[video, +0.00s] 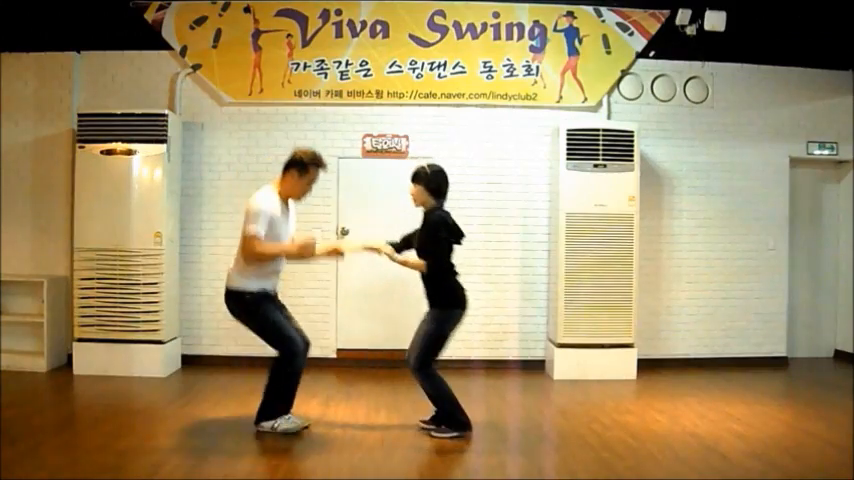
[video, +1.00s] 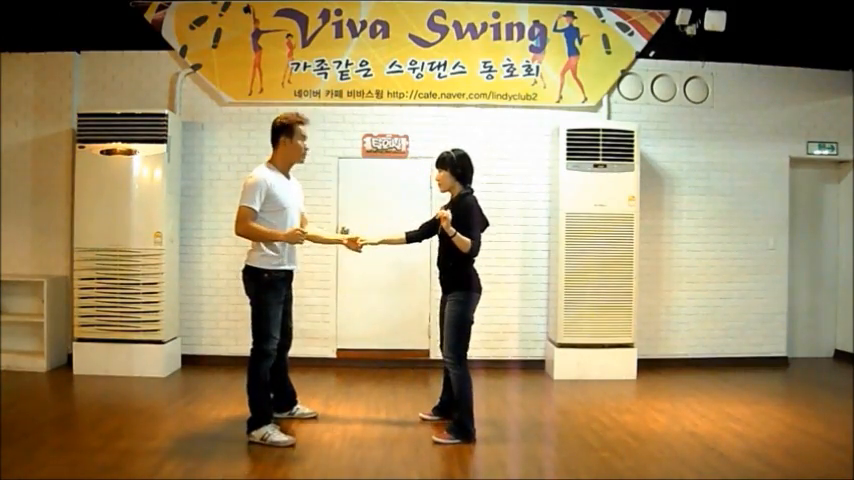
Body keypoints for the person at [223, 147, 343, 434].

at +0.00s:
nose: (310, 190)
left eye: (312, 184)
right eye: (309, 182)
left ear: (295, 176)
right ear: (292, 174)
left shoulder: (286, 205)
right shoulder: (262, 202)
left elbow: (286, 250)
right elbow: (251, 250)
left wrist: (322, 252)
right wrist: (292, 249)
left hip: (264, 293)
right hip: (244, 294)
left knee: (300, 344)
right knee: (293, 346)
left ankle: (277, 413)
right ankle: (269, 417)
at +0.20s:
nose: (317, 207)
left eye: (319, 202)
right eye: (316, 200)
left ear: (302, 196)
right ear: (298, 193)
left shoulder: (295, 227)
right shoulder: (269, 225)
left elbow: (301, 276)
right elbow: (258, 277)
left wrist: (339, 279)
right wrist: (302, 287)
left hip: (269, 308)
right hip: (248, 310)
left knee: (312, 350)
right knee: (303, 353)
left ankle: (278, 413)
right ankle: (269, 418)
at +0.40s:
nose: (316, 175)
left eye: (320, 170)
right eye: (316, 168)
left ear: (304, 161)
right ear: (300, 158)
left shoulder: (293, 189)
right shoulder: (271, 184)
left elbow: (297, 237)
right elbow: (256, 230)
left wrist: (335, 244)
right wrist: (298, 243)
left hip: (270, 277)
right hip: (252, 277)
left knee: (300, 337)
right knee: (287, 340)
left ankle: (283, 407)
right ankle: (265, 418)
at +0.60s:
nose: (310, 163)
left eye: (313, 157)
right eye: (309, 155)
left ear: (297, 151)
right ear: (291, 147)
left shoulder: (291, 183)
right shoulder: (262, 180)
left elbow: (296, 234)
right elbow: (249, 229)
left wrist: (336, 241)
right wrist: (289, 248)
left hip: (279, 273)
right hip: (261, 274)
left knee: (280, 344)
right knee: (261, 348)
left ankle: (283, 406)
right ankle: (258, 425)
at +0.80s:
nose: (309, 157)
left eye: (311, 151)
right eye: (307, 150)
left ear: (293, 147)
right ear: (287, 144)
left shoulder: (292, 184)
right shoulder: (259, 180)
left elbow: (298, 233)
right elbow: (243, 227)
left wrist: (338, 238)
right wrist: (283, 239)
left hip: (281, 274)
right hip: (261, 274)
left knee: (281, 343)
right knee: (263, 347)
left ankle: (283, 405)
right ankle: (258, 425)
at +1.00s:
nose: (307, 146)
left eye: (306, 139)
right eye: (302, 139)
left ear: (289, 143)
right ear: (283, 142)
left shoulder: (293, 185)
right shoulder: (258, 180)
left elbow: (303, 231)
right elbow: (242, 226)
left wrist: (342, 239)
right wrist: (282, 235)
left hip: (283, 273)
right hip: (263, 274)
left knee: (281, 343)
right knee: (265, 346)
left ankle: (283, 405)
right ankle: (259, 425)